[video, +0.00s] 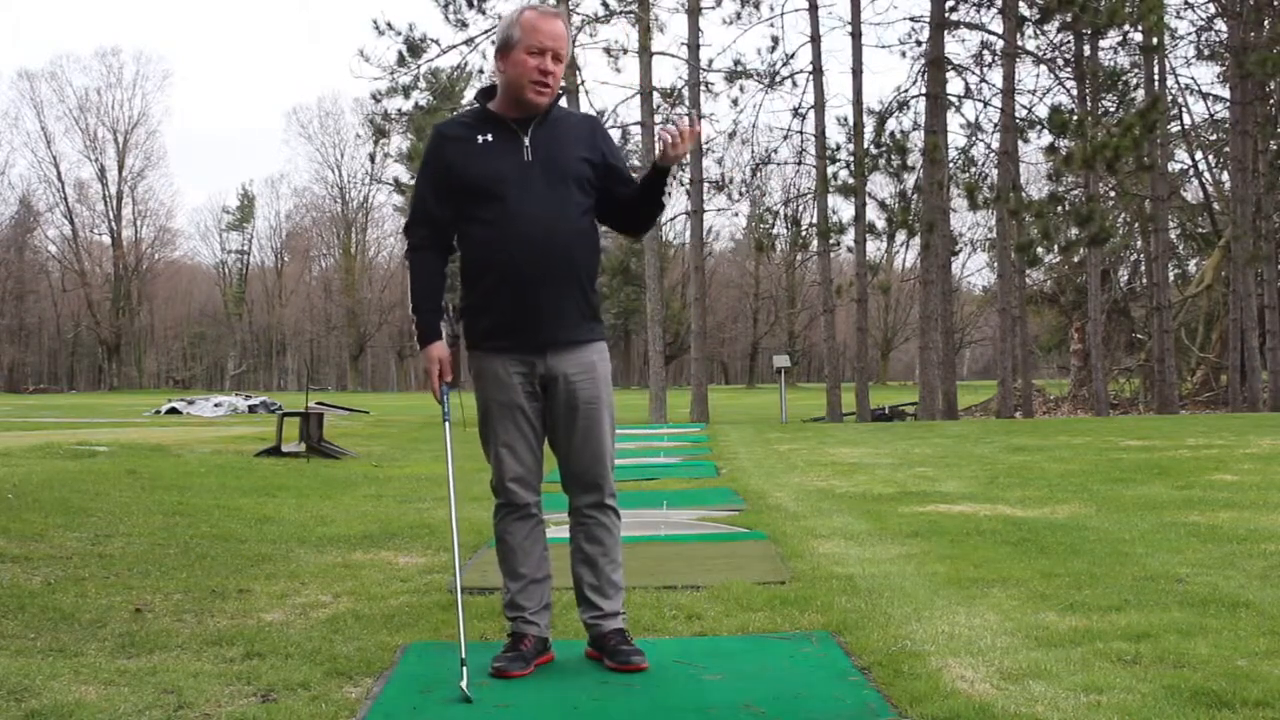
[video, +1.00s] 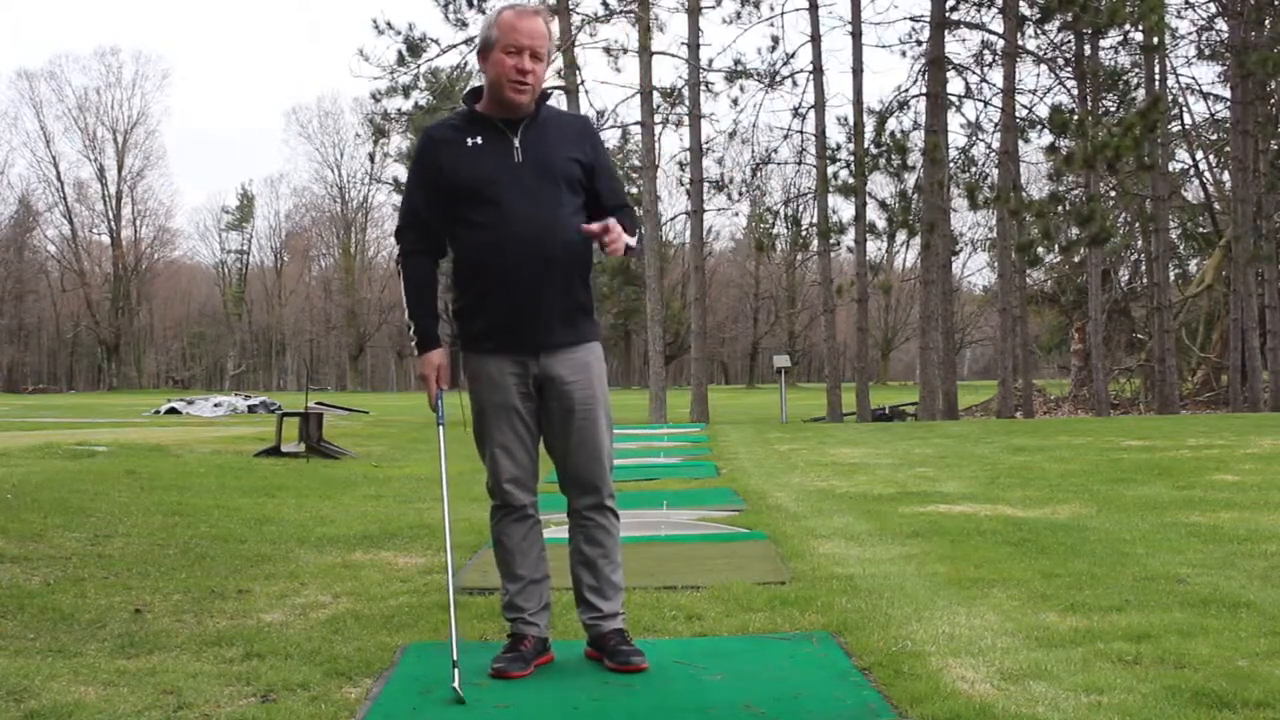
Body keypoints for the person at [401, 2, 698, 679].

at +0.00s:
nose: (549, 69)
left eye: (559, 59)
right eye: (537, 54)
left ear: (566, 68)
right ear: (501, 57)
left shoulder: (585, 135)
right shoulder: (454, 139)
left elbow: (631, 218)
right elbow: (427, 239)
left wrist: (660, 166)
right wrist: (430, 333)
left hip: (578, 341)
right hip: (497, 346)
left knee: (594, 493)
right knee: (515, 496)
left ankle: (608, 627)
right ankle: (527, 631)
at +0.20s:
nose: (544, 68)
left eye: (554, 58)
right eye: (531, 55)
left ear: (563, 66)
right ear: (496, 59)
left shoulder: (582, 132)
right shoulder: (451, 141)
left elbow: (622, 206)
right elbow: (426, 246)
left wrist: (637, 240)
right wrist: (430, 339)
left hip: (577, 341)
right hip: (494, 346)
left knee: (594, 493)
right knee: (514, 496)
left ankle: (608, 628)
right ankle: (527, 631)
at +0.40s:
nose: (535, 67)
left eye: (546, 55)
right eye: (522, 53)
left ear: (556, 63)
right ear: (490, 57)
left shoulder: (579, 132)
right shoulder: (446, 141)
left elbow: (614, 228)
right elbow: (423, 245)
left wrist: (608, 308)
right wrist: (429, 339)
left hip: (575, 339)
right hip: (490, 344)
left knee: (593, 493)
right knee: (512, 497)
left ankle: (608, 629)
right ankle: (528, 632)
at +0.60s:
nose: (530, 68)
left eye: (542, 57)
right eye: (518, 53)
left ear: (553, 64)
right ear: (487, 57)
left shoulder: (577, 131)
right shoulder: (442, 141)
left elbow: (614, 216)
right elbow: (415, 242)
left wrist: (632, 269)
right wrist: (428, 334)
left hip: (572, 340)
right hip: (488, 347)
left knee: (593, 492)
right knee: (511, 497)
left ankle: (607, 628)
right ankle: (527, 631)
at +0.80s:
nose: (529, 67)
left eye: (540, 56)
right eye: (515, 53)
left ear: (550, 63)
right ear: (485, 57)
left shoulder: (575, 132)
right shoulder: (441, 142)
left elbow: (614, 210)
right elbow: (414, 245)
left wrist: (638, 248)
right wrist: (424, 338)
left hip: (571, 340)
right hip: (488, 347)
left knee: (593, 492)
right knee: (510, 496)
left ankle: (607, 628)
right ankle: (528, 632)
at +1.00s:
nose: (526, 67)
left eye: (537, 56)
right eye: (513, 53)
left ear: (548, 64)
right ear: (484, 58)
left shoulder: (576, 133)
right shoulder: (442, 143)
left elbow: (621, 216)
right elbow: (417, 245)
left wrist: (619, 232)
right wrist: (428, 342)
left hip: (572, 338)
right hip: (488, 344)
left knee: (593, 492)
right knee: (511, 496)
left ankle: (607, 628)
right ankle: (528, 632)